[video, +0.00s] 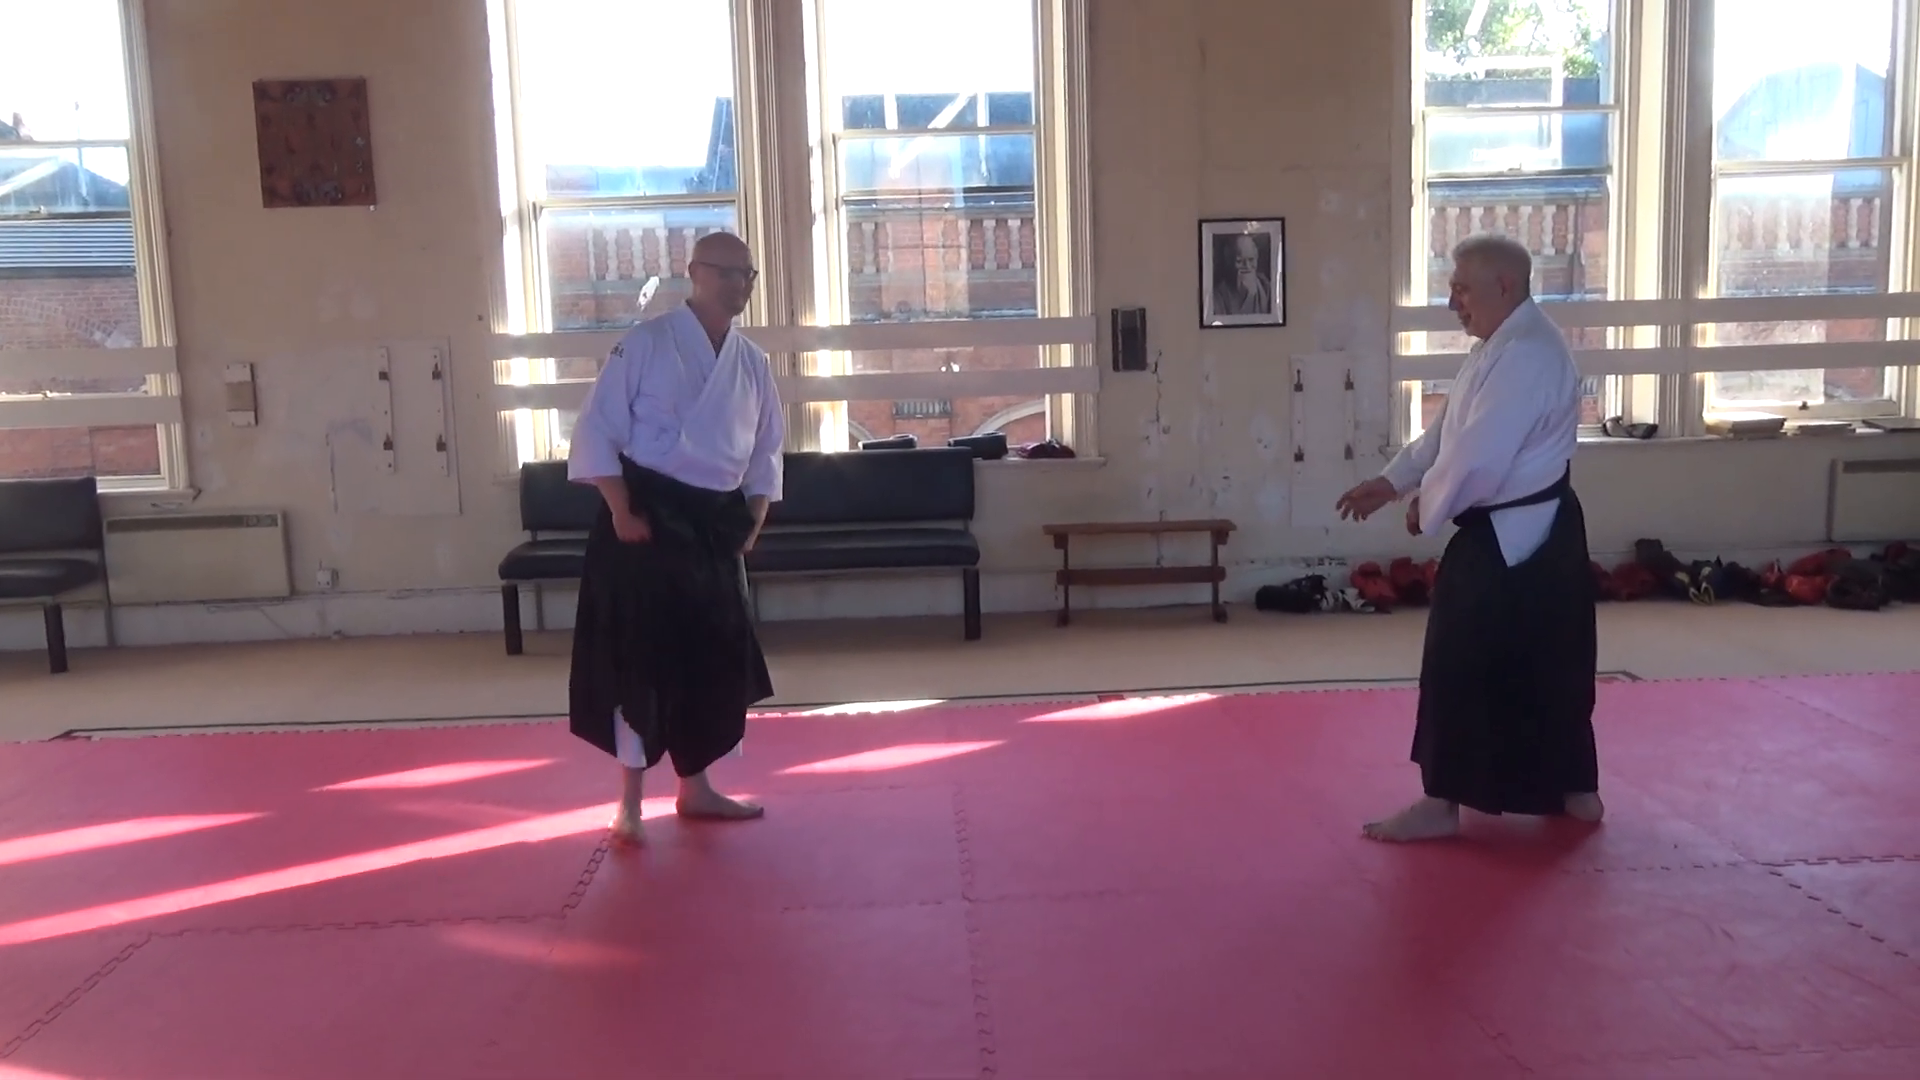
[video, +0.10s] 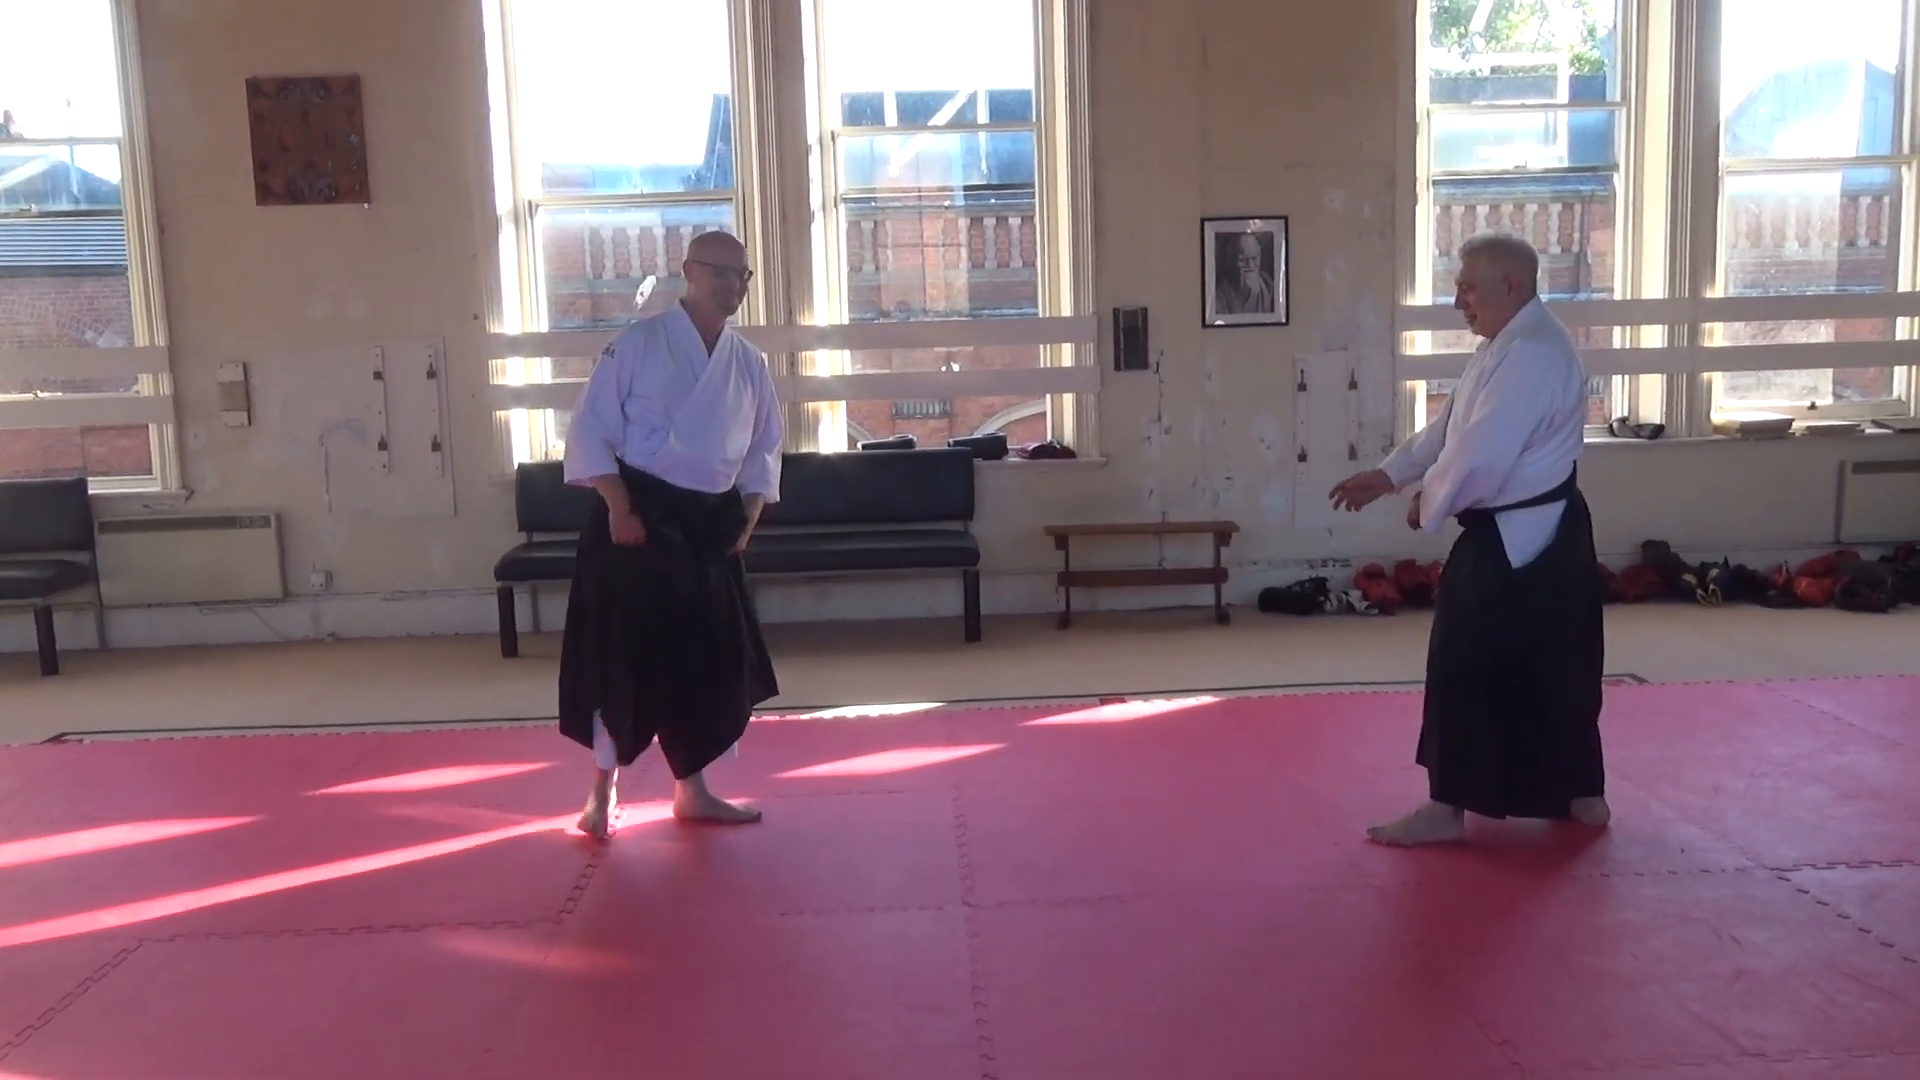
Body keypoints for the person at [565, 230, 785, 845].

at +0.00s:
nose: (743, 284)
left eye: (749, 274)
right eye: (730, 272)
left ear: (752, 280)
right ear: (695, 273)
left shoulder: (753, 363)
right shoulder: (646, 342)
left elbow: (767, 449)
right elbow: (595, 429)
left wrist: (754, 518)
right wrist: (620, 507)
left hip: (716, 519)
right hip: (645, 510)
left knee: (711, 652)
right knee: (640, 652)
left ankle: (695, 787)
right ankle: (630, 799)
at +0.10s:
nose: (737, 284)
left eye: (743, 274)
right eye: (724, 272)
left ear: (747, 281)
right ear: (690, 272)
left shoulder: (750, 363)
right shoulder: (638, 342)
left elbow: (764, 447)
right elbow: (589, 428)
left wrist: (747, 516)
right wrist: (617, 502)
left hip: (710, 520)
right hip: (637, 511)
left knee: (704, 654)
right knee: (625, 651)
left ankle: (692, 791)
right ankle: (602, 790)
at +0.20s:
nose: (722, 270)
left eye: (728, 260)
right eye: (709, 257)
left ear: (731, 268)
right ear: (671, 256)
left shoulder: (732, 353)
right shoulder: (615, 331)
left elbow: (750, 440)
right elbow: (567, 424)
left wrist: (731, 514)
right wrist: (605, 497)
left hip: (689, 518)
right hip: (610, 511)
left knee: (683, 661)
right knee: (602, 658)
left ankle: (675, 807)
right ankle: (562, 787)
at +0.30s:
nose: (697, 245)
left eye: (702, 234)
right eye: (683, 232)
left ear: (699, 241)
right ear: (639, 232)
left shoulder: (703, 335)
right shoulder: (575, 313)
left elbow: (721, 431)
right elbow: (526, 421)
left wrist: (700, 508)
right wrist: (576, 501)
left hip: (656, 517)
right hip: (568, 509)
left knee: (649, 673)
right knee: (550, 665)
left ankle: (651, 830)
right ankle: (503, 804)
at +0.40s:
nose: (661, 220)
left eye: (665, 208)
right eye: (647, 205)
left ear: (658, 218)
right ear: (597, 208)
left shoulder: (666, 316)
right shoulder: (527, 296)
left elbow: (690, 421)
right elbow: (477, 419)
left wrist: (662, 511)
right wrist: (528, 510)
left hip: (619, 519)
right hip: (521, 512)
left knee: (628, 686)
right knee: (498, 683)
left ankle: (625, 856)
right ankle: (442, 824)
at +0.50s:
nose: (615, 200)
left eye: (620, 188)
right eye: (600, 185)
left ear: (618, 200)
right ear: (546, 190)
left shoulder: (628, 303)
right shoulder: (478, 289)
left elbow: (656, 413)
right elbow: (430, 418)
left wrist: (629, 508)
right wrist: (484, 512)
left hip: (580, 521)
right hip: (474, 516)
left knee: (597, 694)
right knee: (446, 689)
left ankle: (608, 872)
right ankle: (407, 842)